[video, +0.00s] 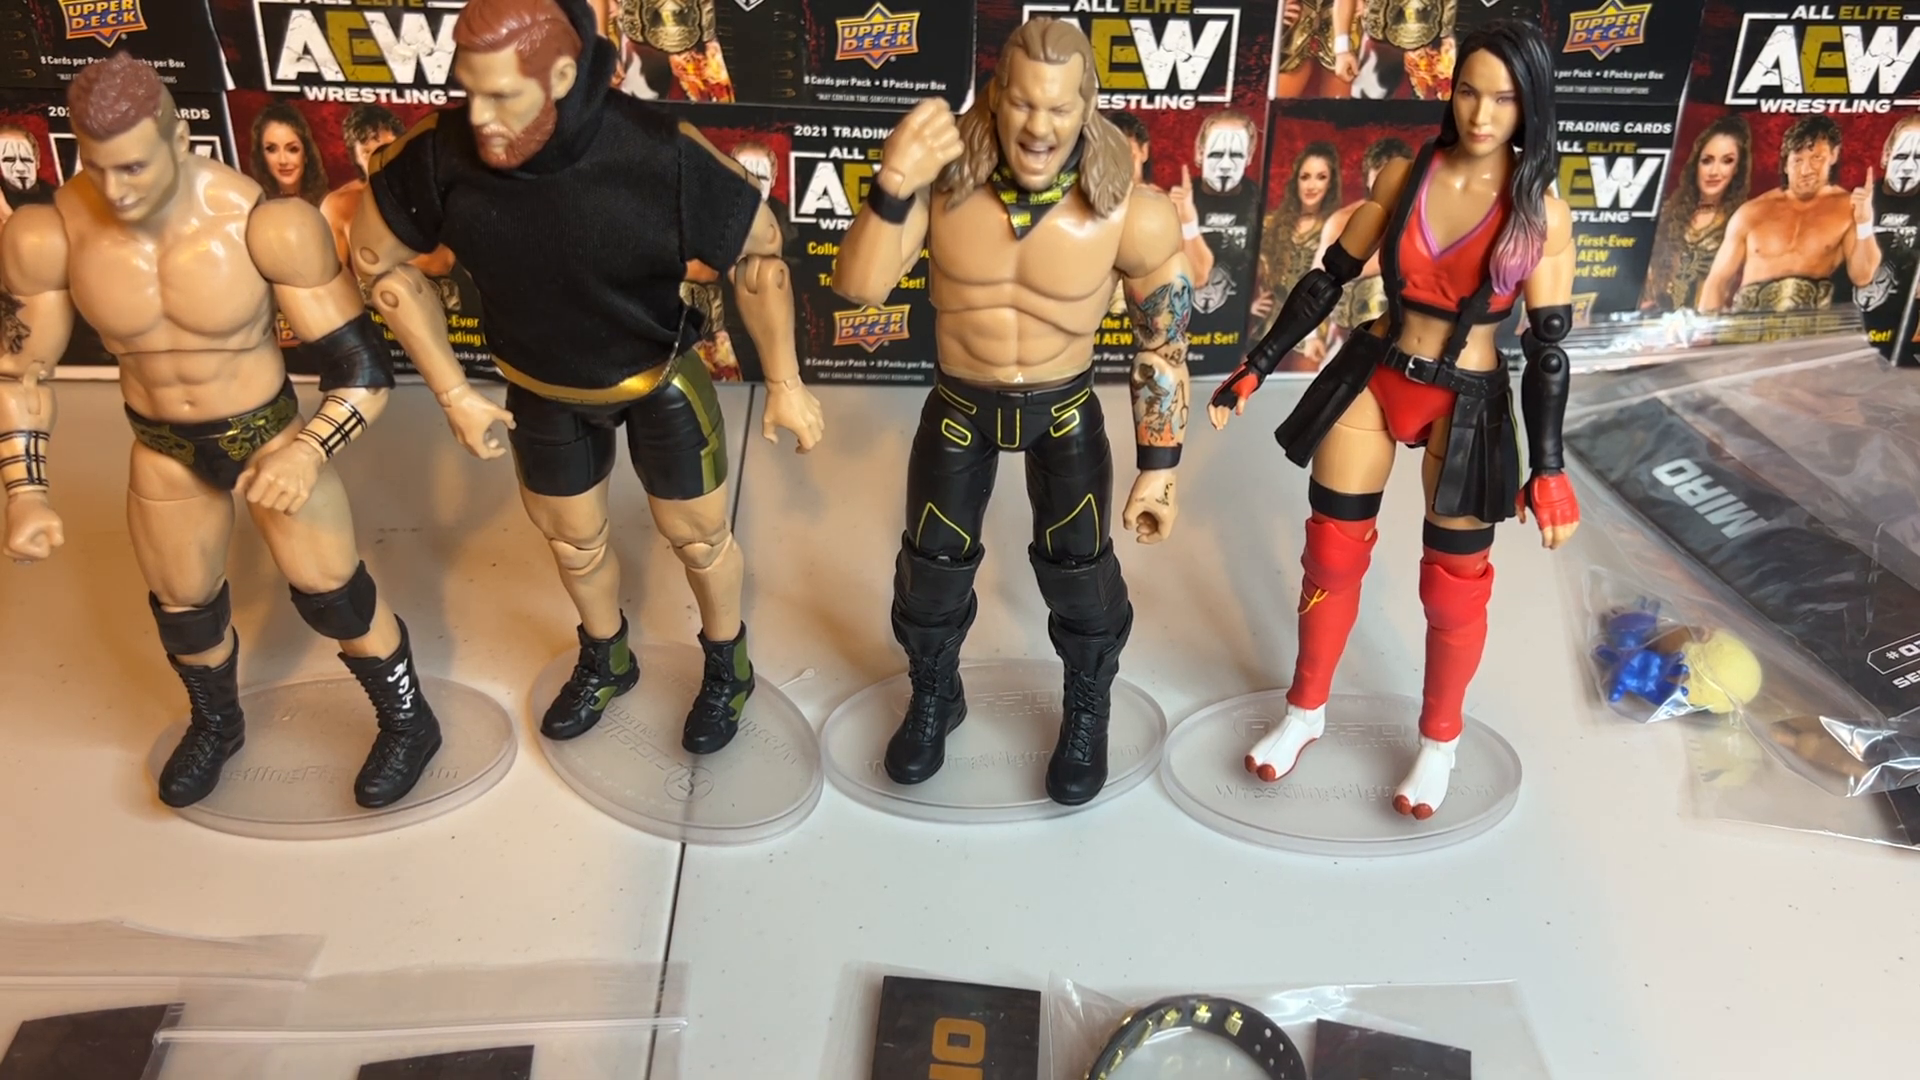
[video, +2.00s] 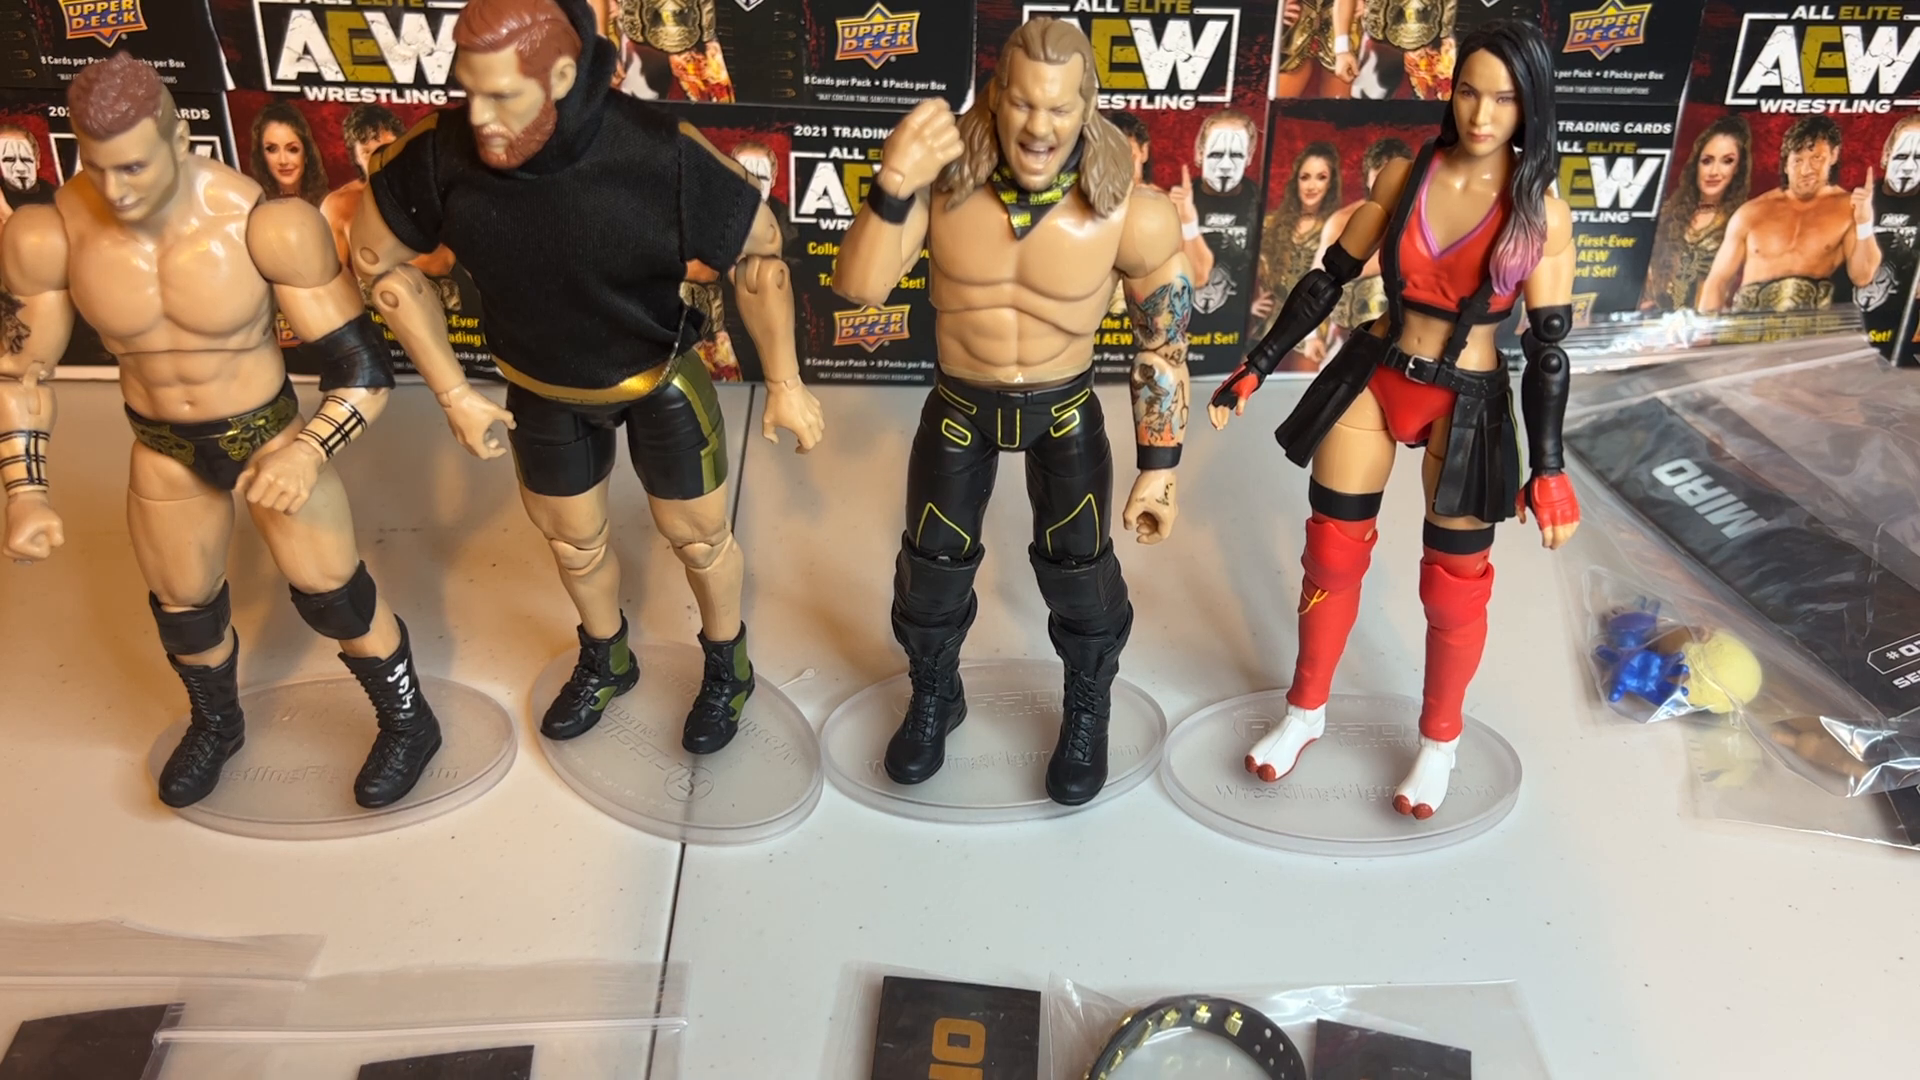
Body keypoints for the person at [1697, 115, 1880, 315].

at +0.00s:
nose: (1806, 169)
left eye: (1816, 158)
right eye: (1797, 160)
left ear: (1834, 156)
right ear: (1785, 163)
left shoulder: (1847, 207)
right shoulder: (1750, 212)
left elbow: (1861, 277)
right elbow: (1718, 281)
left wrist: (1864, 223)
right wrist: (1704, 335)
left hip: (1810, 315)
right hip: (1748, 312)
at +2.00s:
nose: (1806, 169)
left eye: (1816, 158)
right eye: (1797, 160)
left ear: (1834, 156)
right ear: (1785, 163)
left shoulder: (1848, 207)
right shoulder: (1750, 213)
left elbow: (1862, 277)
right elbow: (1718, 281)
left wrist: (1864, 223)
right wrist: (1703, 336)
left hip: (1810, 316)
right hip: (1748, 314)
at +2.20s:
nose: (1806, 169)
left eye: (1816, 158)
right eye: (1797, 160)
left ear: (1834, 156)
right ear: (1785, 162)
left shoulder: (1848, 207)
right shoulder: (1750, 212)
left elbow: (1862, 277)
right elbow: (1718, 281)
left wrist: (1864, 223)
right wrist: (1704, 336)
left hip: (1809, 315)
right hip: (1748, 313)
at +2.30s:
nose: (1806, 170)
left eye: (1817, 158)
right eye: (1797, 160)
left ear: (1834, 156)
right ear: (1785, 163)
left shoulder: (1848, 207)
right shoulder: (1751, 212)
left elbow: (1862, 277)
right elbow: (1718, 282)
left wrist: (1864, 223)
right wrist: (1704, 337)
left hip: (1810, 316)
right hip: (1748, 314)